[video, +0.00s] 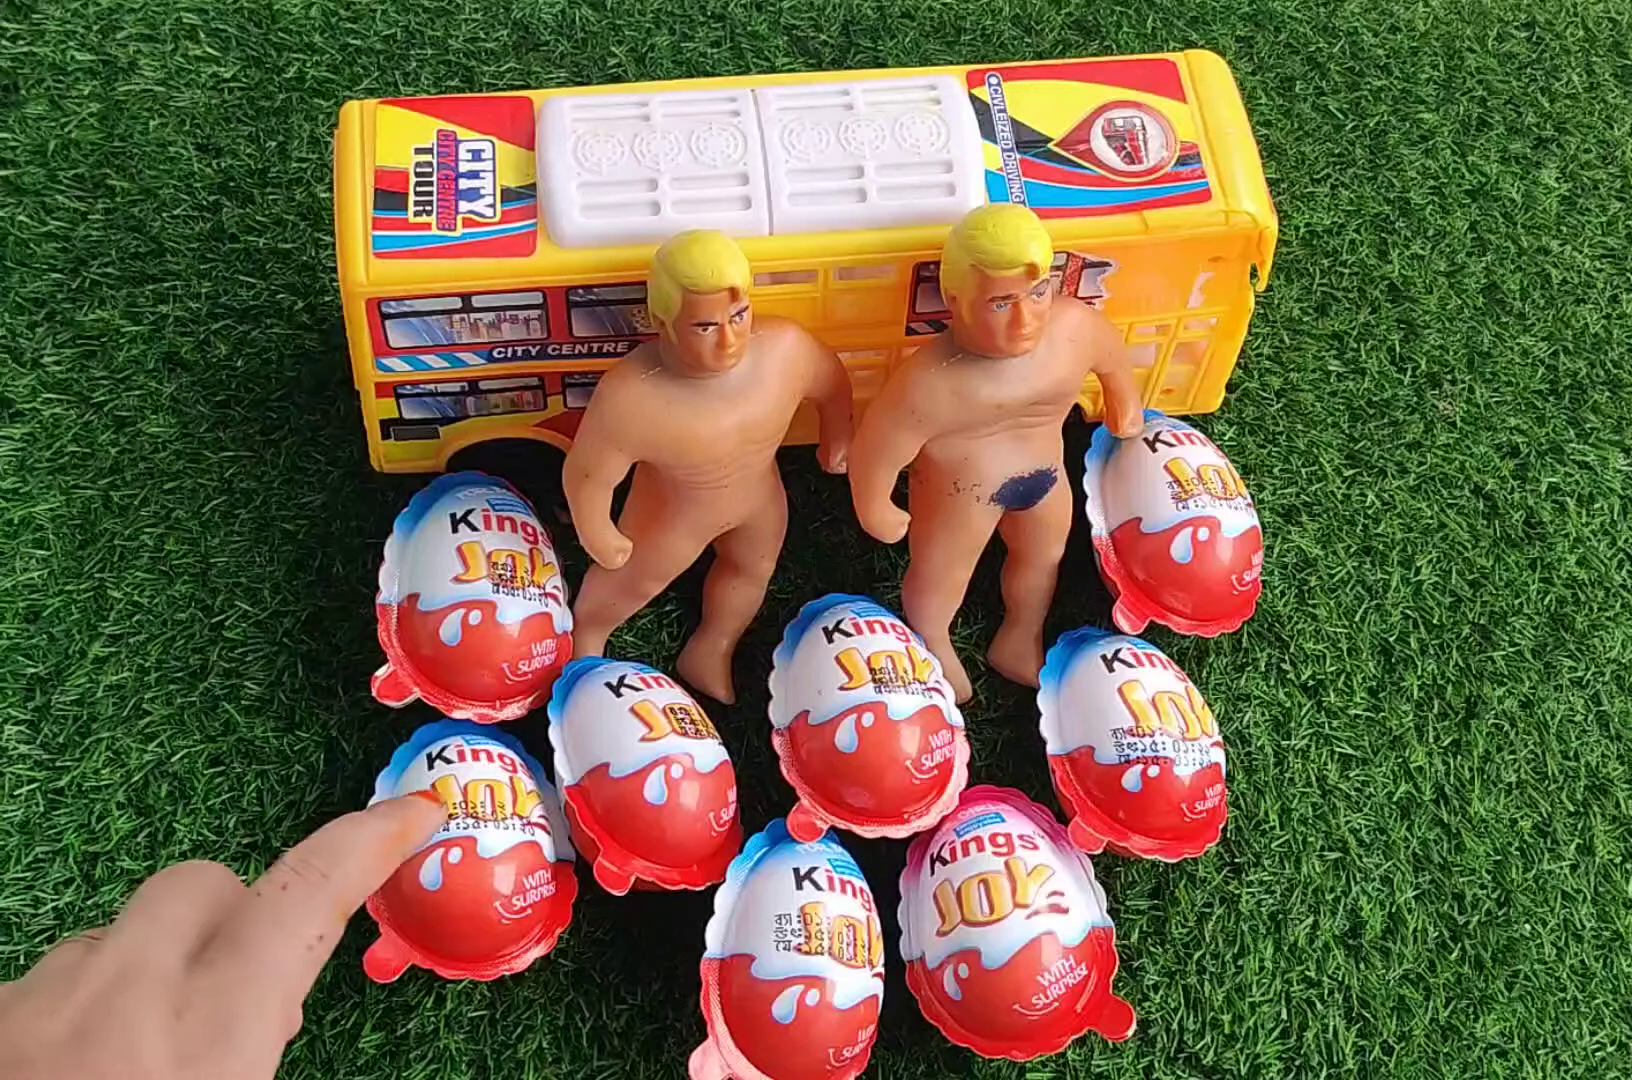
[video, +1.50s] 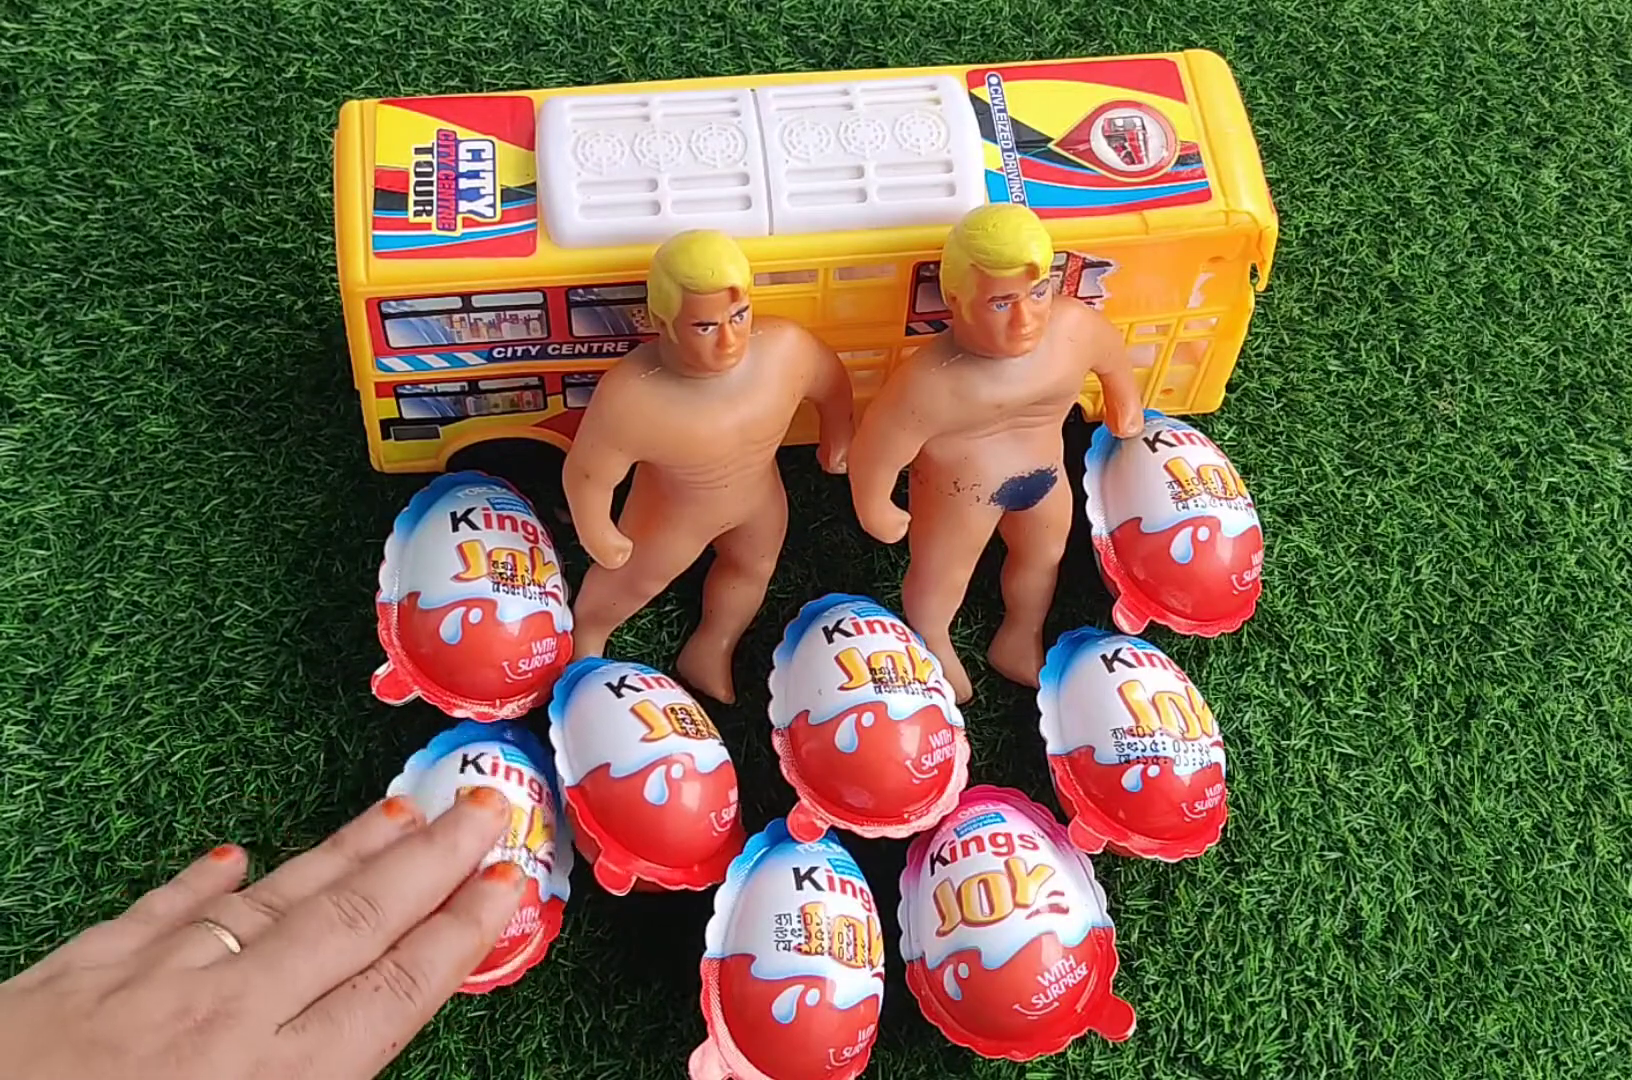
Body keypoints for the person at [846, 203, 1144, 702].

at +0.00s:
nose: (1023, 317)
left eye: (1036, 295)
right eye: (1000, 302)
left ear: (1051, 285)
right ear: (953, 304)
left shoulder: (1078, 327)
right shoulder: (926, 383)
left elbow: (1112, 359)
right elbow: (873, 453)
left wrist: (1126, 407)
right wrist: (877, 514)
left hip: (1045, 478)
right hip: (959, 492)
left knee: (1040, 565)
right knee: (939, 581)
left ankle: (1020, 644)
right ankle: (933, 647)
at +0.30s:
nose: (1024, 317)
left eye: (1037, 295)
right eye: (1000, 302)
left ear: (1051, 285)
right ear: (953, 304)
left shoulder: (1077, 327)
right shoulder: (926, 383)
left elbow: (1112, 358)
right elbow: (873, 453)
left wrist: (1126, 408)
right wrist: (878, 515)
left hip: (1045, 480)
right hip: (958, 495)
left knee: (1040, 563)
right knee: (939, 581)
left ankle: (1020, 643)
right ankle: (933, 645)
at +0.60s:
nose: (1024, 316)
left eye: (1037, 295)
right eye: (1000, 302)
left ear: (1051, 285)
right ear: (953, 304)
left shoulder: (1077, 327)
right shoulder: (926, 383)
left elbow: (1113, 358)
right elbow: (873, 453)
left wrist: (1126, 408)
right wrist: (878, 514)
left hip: (1045, 480)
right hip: (958, 495)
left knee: (1040, 564)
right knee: (939, 581)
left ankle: (1020, 643)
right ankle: (933, 645)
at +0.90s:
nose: (1023, 317)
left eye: (1036, 294)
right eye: (1000, 302)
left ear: (1052, 285)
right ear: (953, 304)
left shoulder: (1078, 327)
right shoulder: (927, 383)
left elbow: (1114, 360)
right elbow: (873, 453)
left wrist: (1126, 407)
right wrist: (878, 514)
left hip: (1045, 478)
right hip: (958, 493)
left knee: (1040, 563)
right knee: (940, 580)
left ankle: (1019, 643)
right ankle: (933, 647)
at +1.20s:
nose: (1024, 316)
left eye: (1037, 294)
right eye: (1000, 302)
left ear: (1051, 285)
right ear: (953, 304)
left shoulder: (1077, 327)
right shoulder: (927, 382)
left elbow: (1113, 358)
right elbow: (873, 453)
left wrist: (1126, 406)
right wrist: (878, 514)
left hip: (1045, 478)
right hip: (959, 493)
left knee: (1040, 562)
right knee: (940, 580)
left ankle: (1020, 643)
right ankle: (933, 646)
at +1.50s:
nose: (1024, 316)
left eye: (1037, 294)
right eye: (1000, 302)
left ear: (1051, 284)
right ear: (954, 304)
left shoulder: (1078, 327)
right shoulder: (927, 382)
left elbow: (1113, 358)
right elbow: (874, 452)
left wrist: (1126, 406)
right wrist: (877, 514)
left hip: (1045, 477)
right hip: (959, 493)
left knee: (1041, 561)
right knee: (940, 580)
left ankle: (1020, 642)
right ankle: (933, 645)